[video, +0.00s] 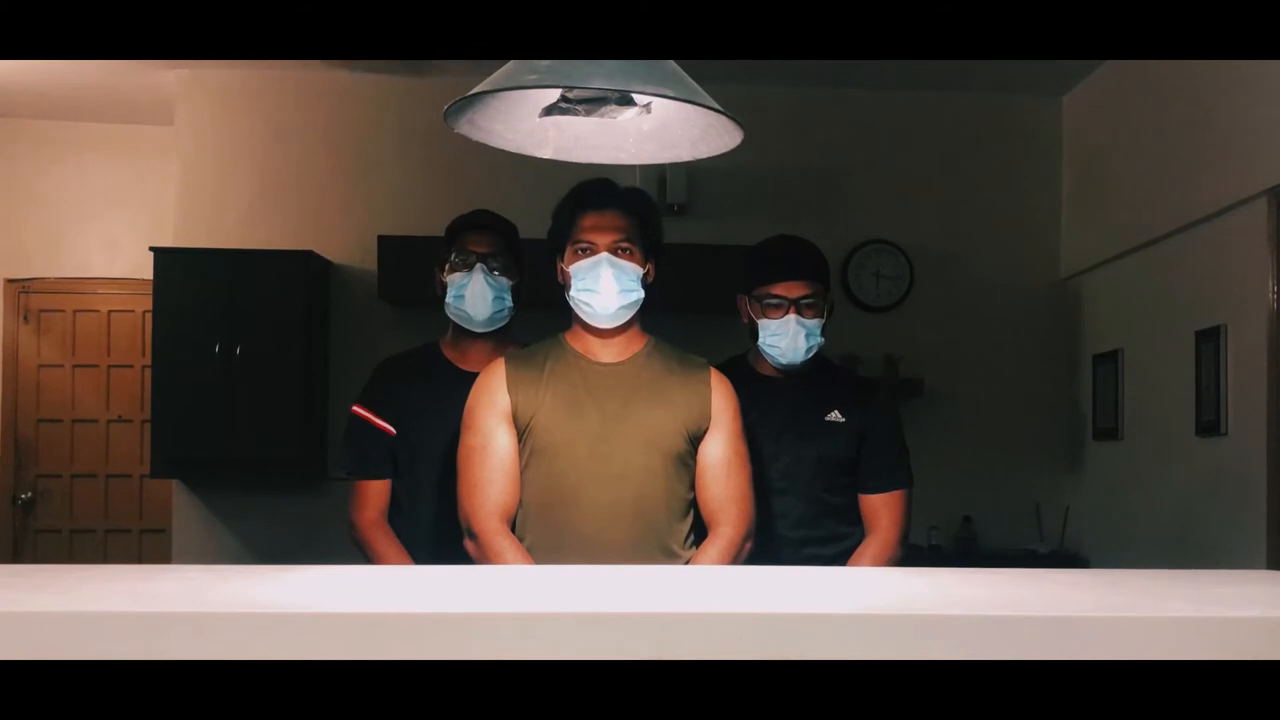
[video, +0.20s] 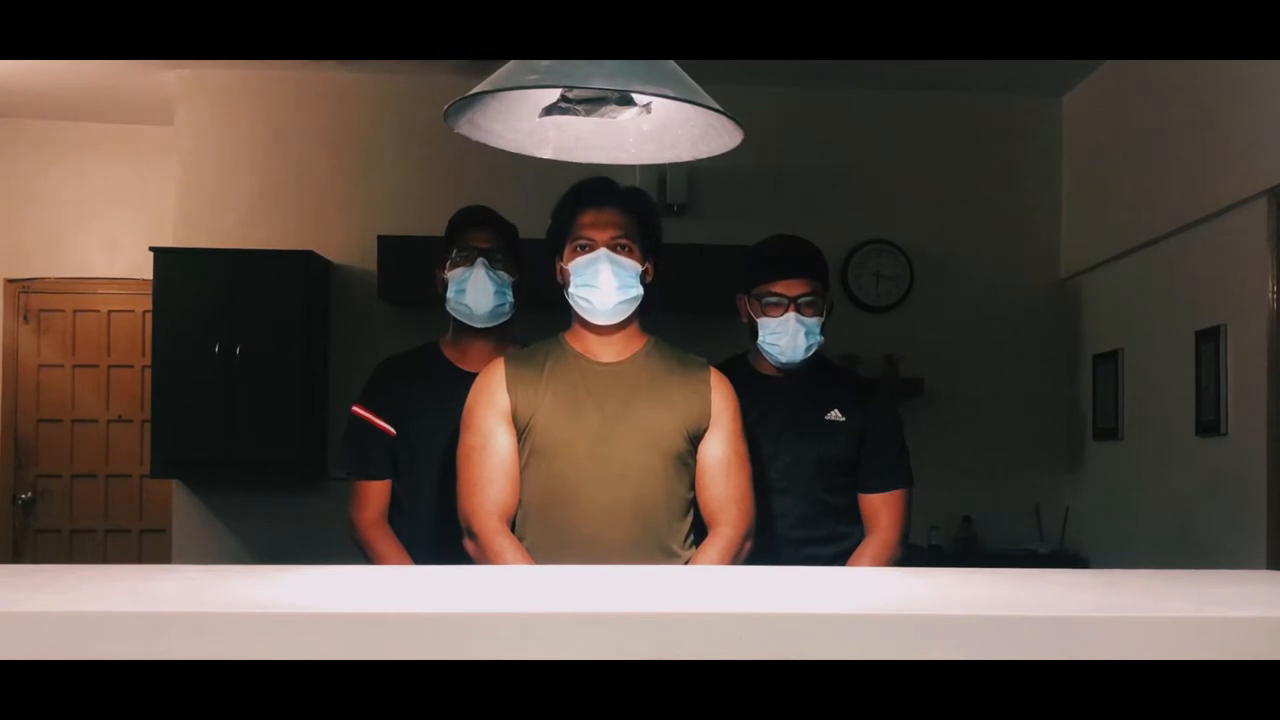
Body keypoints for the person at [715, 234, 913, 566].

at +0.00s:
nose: (792, 319)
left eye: (808, 305)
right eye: (774, 304)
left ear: (826, 309)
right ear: (747, 309)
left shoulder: (862, 401)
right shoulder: (710, 393)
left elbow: (885, 536)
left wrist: (831, 611)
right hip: (736, 596)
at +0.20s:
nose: (792, 319)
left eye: (807, 304)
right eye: (774, 303)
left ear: (825, 309)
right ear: (747, 308)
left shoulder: (862, 400)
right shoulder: (710, 393)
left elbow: (885, 536)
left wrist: (830, 611)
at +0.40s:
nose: (791, 316)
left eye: (807, 302)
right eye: (773, 301)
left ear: (824, 308)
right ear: (746, 307)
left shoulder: (862, 400)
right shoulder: (709, 393)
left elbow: (884, 536)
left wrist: (831, 611)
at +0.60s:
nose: (790, 314)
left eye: (806, 299)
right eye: (772, 299)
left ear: (824, 306)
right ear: (745, 306)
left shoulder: (862, 400)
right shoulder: (709, 393)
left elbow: (884, 536)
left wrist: (831, 611)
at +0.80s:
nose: (789, 311)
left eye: (805, 296)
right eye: (771, 296)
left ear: (823, 305)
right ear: (744, 305)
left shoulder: (861, 400)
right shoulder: (708, 393)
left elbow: (883, 537)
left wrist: (830, 611)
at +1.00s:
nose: (788, 308)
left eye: (804, 293)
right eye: (770, 293)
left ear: (822, 304)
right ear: (743, 304)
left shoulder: (861, 400)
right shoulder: (708, 394)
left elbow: (883, 537)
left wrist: (830, 611)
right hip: (734, 596)